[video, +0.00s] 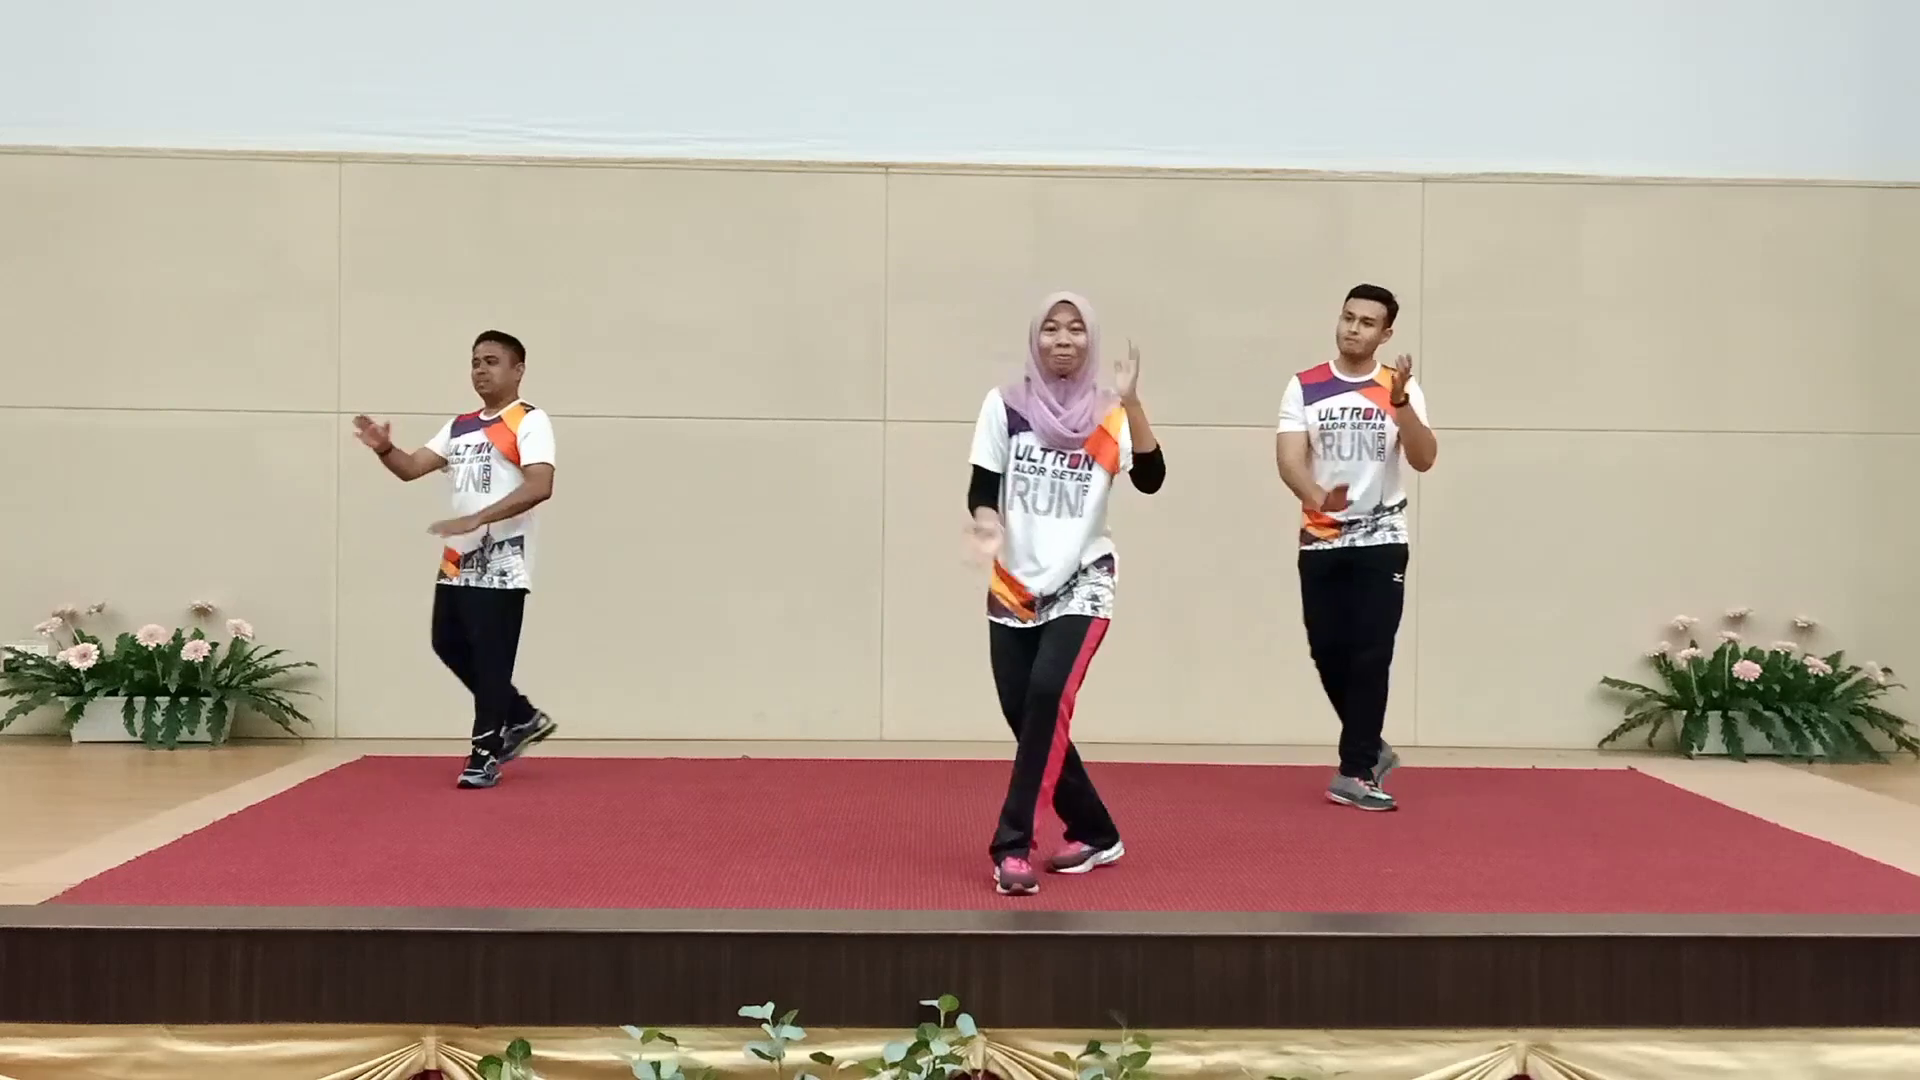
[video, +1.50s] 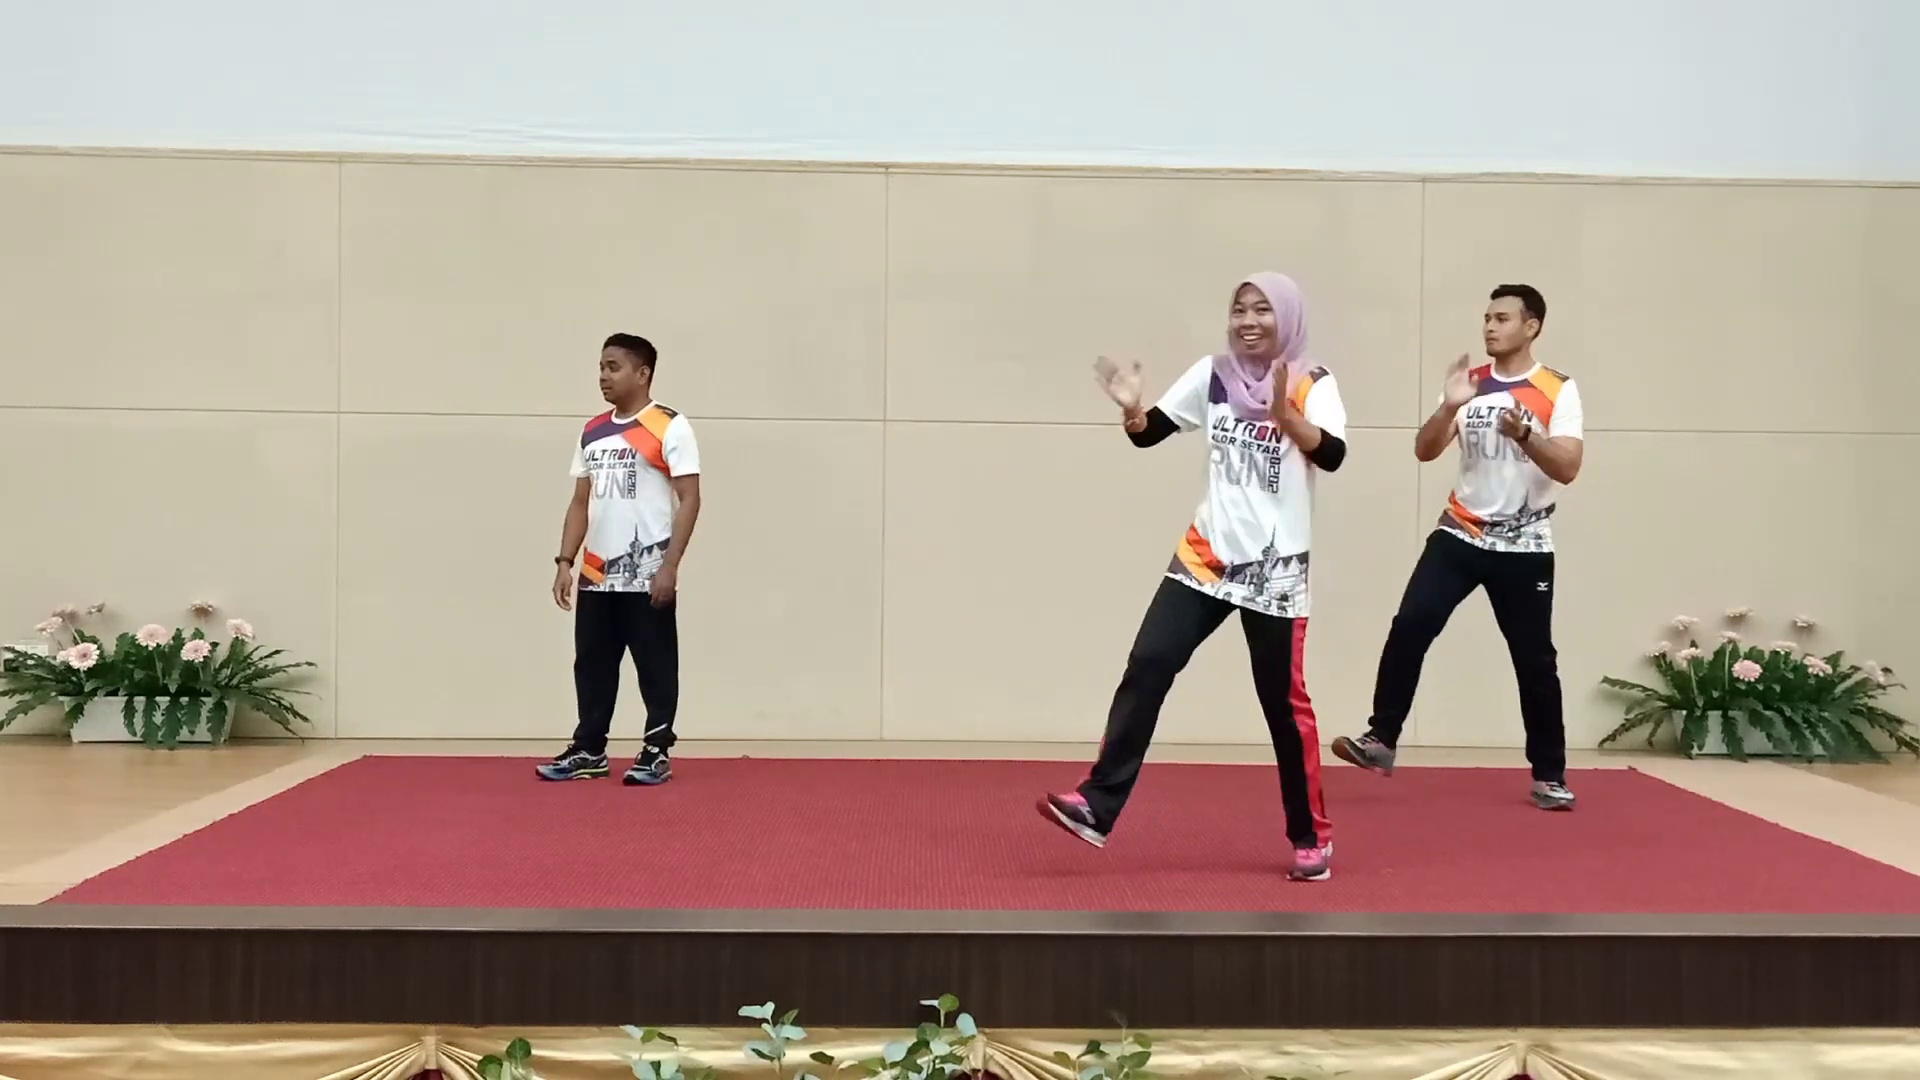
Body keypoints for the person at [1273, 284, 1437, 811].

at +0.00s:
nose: (1355, 329)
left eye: (1368, 322)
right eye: (1349, 318)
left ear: (1385, 333)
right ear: (1337, 322)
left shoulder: (1401, 389)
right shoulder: (1305, 386)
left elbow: (1423, 459)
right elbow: (1290, 460)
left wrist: (1400, 401)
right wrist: (1315, 495)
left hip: (1379, 539)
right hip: (1321, 542)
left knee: (1369, 658)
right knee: (1329, 656)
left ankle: (1352, 775)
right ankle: (1373, 749)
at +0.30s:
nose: (1390, 336)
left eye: (1403, 329)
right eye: (1385, 326)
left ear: (1422, 340)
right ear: (1373, 330)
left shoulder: (1440, 397)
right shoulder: (1341, 396)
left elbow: (1459, 465)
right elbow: (1327, 472)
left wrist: (1424, 414)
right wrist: (1348, 519)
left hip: (1425, 539)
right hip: (1364, 546)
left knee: (1449, 638)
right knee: (1366, 661)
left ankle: (1450, 756)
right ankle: (1388, 768)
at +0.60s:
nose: (1453, 332)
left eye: (1467, 326)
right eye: (1449, 322)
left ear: (1487, 338)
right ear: (1438, 327)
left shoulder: (1501, 397)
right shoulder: (1403, 387)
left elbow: (1515, 473)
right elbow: (1372, 456)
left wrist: (1469, 454)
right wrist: (1383, 453)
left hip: (1476, 549)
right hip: (1410, 549)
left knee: (1508, 658)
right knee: (1394, 660)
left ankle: (1548, 774)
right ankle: (1389, 769)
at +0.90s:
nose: (1512, 325)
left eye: (1525, 318)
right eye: (1509, 316)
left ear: (1551, 329)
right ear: (1502, 322)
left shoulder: (1567, 394)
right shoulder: (1476, 379)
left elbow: (1576, 473)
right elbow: (1434, 435)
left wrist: (1540, 516)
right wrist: (1447, 375)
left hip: (1530, 550)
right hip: (1468, 536)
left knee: (1540, 664)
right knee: (1411, 625)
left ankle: (1550, 777)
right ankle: (1387, 740)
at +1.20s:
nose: (1522, 342)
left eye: (1534, 334)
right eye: (1518, 333)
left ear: (1561, 344)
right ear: (1512, 339)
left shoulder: (1579, 411)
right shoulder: (1485, 397)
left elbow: (1585, 495)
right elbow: (1451, 462)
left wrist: (1543, 524)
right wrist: (1465, 395)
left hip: (1541, 561)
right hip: (1479, 558)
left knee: (1540, 676)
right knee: (1445, 663)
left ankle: (1549, 779)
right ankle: (1403, 769)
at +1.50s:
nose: (1490, 327)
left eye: (1501, 319)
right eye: (1487, 319)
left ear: (1532, 327)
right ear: (1483, 327)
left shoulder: (1558, 391)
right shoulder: (1469, 383)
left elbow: (1567, 469)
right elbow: (1424, 449)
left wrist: (1525, 434)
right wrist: (1452, 406)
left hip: (1524, 544)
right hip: (1460, 534)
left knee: (1536, 663)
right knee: (1410, 627)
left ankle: (1548, 777)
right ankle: (1381, 740)